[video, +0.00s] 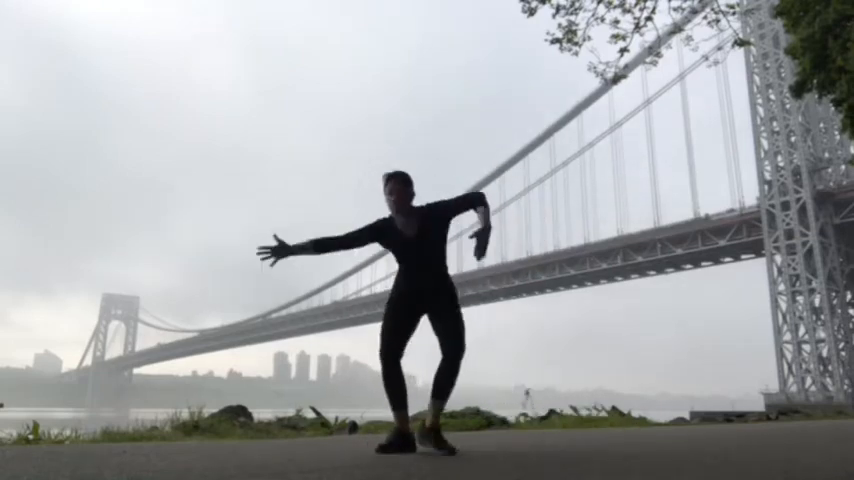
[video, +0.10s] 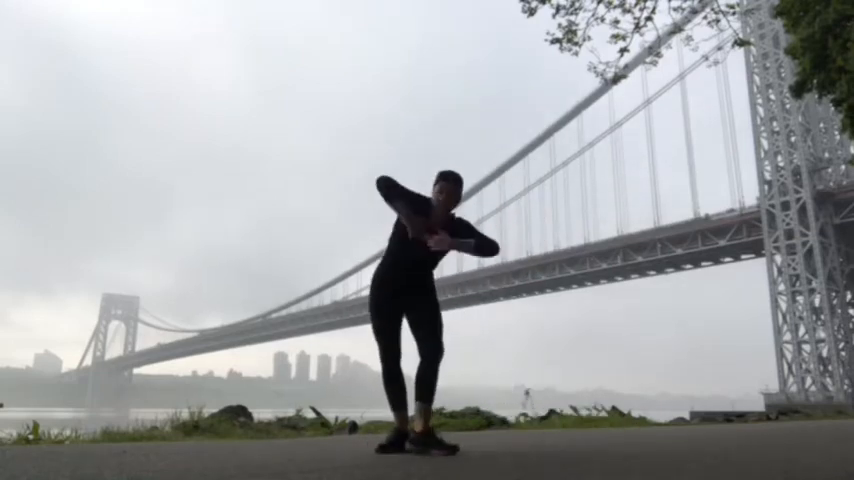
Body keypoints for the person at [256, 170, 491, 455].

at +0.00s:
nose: (392, 196)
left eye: (397, 191)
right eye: (388, 192)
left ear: (411, 192)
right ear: (385, 197)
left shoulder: (438, 213)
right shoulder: (383, 229)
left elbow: (478, 198)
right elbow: (338, 243)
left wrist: (485, 229)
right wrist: (292, 249)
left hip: (441, 293)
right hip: (406, 296)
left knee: (454, 352)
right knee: (389, 357)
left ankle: (432, 427)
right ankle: (403, 431)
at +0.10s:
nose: (442, 195)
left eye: (449, 192)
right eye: (439, 189)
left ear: (458, 198)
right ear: (432, 190)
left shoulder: (457, 226)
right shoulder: (416, 205)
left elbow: (492, 248)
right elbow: (383, 183)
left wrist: (453, 243)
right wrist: (407, 217)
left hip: (421, 289)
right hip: (387, 287)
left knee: (432, 353)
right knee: (389, 359)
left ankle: (422, 430)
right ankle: (400, 429)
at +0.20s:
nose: (473, 191)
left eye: (479, 189)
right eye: (471, 183)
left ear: (479, 197)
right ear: (459, 182)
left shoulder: (457, 239)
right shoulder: (436, 191)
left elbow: (449, 284)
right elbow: (433, 147)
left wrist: (448, 247)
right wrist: (431, 118)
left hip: (416, 289)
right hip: (383, 283)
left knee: (443, 354)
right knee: (387, 363)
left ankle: (421, 430)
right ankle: (401, 430)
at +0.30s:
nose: (462, 150)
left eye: (468, 149)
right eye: (457, 145)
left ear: (470, 160)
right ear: (443, 150)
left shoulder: (466, 204)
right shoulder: (426, 171)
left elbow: (457, 241)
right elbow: (435, 118)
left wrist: (437, 256)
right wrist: (477, 107)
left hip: (435, 272)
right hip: (402, 267)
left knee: (436, 352)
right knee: (396, 346)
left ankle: (421, 433)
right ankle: (382, 429)